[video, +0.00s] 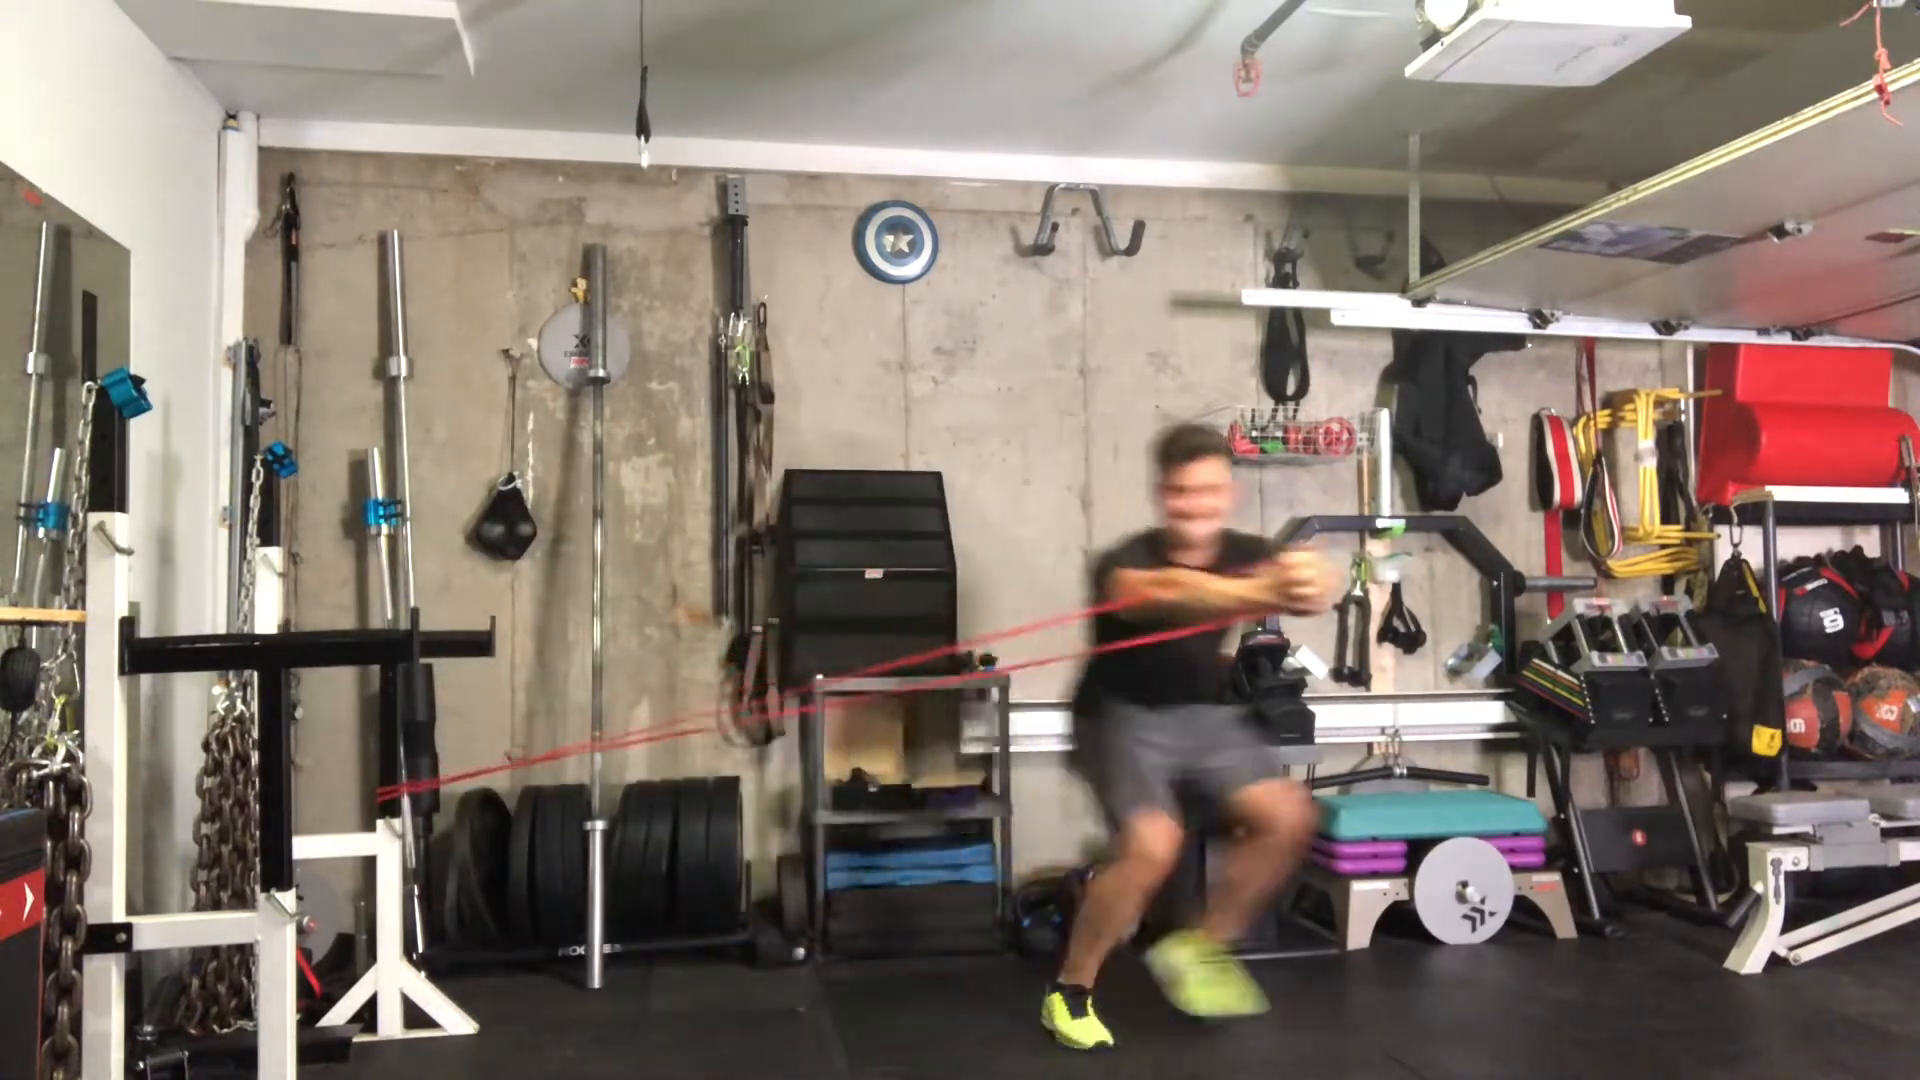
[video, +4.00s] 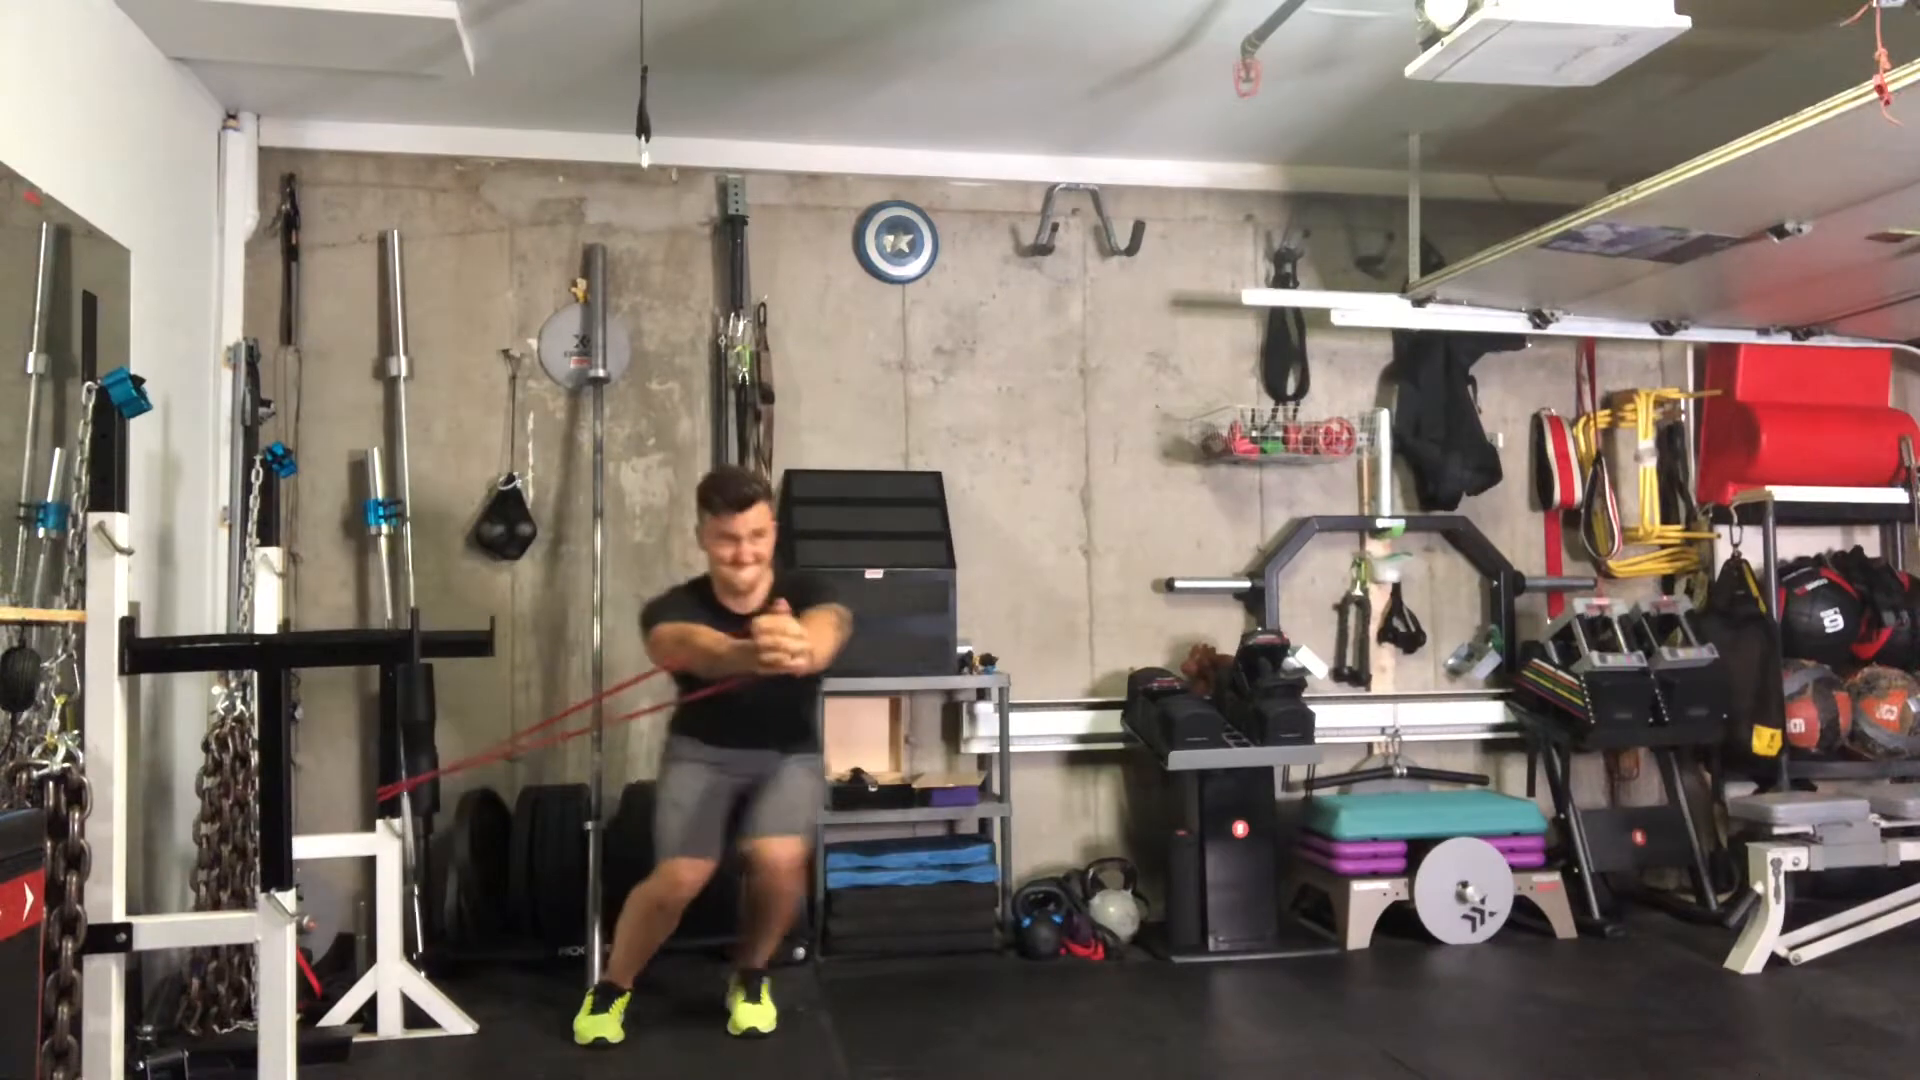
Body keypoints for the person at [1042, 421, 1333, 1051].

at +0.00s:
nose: (1194, 505)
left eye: (1208, 490)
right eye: (1180, 491)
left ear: (1229, 495)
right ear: (1161, 495)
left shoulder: (1247, 555)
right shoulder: (1127, 565)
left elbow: (1302, 588)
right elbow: (1172, 596)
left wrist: (1308, 580)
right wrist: (1265, 592)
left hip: (1210, 719)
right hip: (1127, 722)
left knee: (1287, 815)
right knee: (1152, 844)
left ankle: (1202, 945)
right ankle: (1072, 990)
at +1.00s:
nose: (1531, 396)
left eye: (1547, 382)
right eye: (1524, 384)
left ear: (1594, 390)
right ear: (1519, 396)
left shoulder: (1644, 483)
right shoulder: (1509, 481)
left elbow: (1589, 578)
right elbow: (1450, 559)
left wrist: (1471, 621)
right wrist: (1411, 607)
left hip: (1623, 674)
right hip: (1518, 663)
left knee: (1669, 819)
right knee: (1473, 780)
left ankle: (1681, 971)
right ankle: (1443, 952)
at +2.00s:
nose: (1078, 351)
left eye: (1095, 341)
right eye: (1083, 338)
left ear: (1136, 361)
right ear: (1105, 356)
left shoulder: (1130, 453)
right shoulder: (1081, 453)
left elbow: (1103, 580)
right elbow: (1037, 551)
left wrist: (1003, 628)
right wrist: (980, 613)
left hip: (1113, 663)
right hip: (1071, 658)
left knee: (1060, 801)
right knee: (1044, 791)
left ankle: (1081, 989)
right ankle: (1171, 902)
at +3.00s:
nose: (792, 357)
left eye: (809, 345)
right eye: (781, 344)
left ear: (834, 364)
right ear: (764, 359)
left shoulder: (868, 468)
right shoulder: (719, 458)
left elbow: (888, 585)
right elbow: (688, 568)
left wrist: (799, 568)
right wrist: (745, 564)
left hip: (813, 674)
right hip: (723, 666)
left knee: (793, 829)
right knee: (674, 814)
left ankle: (783, 997)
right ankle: (728, 952)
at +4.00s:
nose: (744, 553)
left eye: (756, 537)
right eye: (728, 539)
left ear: (775, 533)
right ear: (702, 539)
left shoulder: (807, 589)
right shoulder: (673, 608)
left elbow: (830, 624)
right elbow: (678, 650)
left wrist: (806, 646)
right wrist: (751, 654)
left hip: (789, 756)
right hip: (701, 755)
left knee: (779, 858)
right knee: (683, 874)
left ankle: (750, 978)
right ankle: (611, 990)